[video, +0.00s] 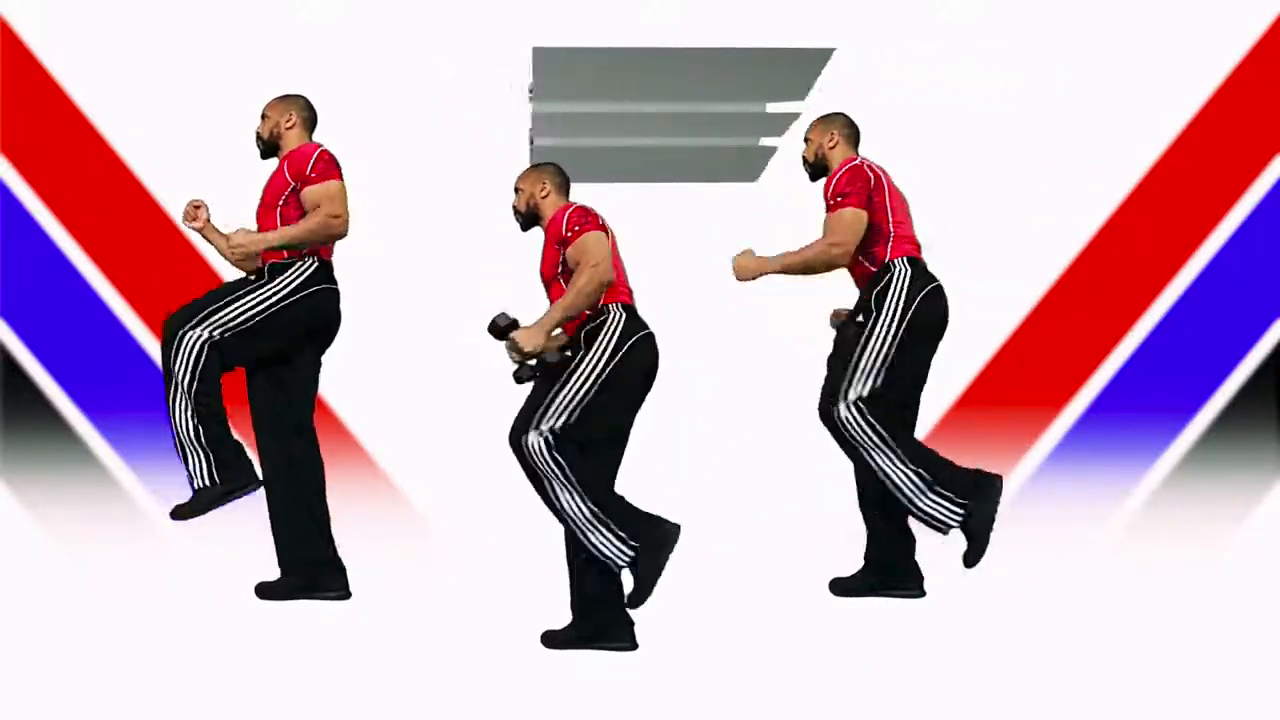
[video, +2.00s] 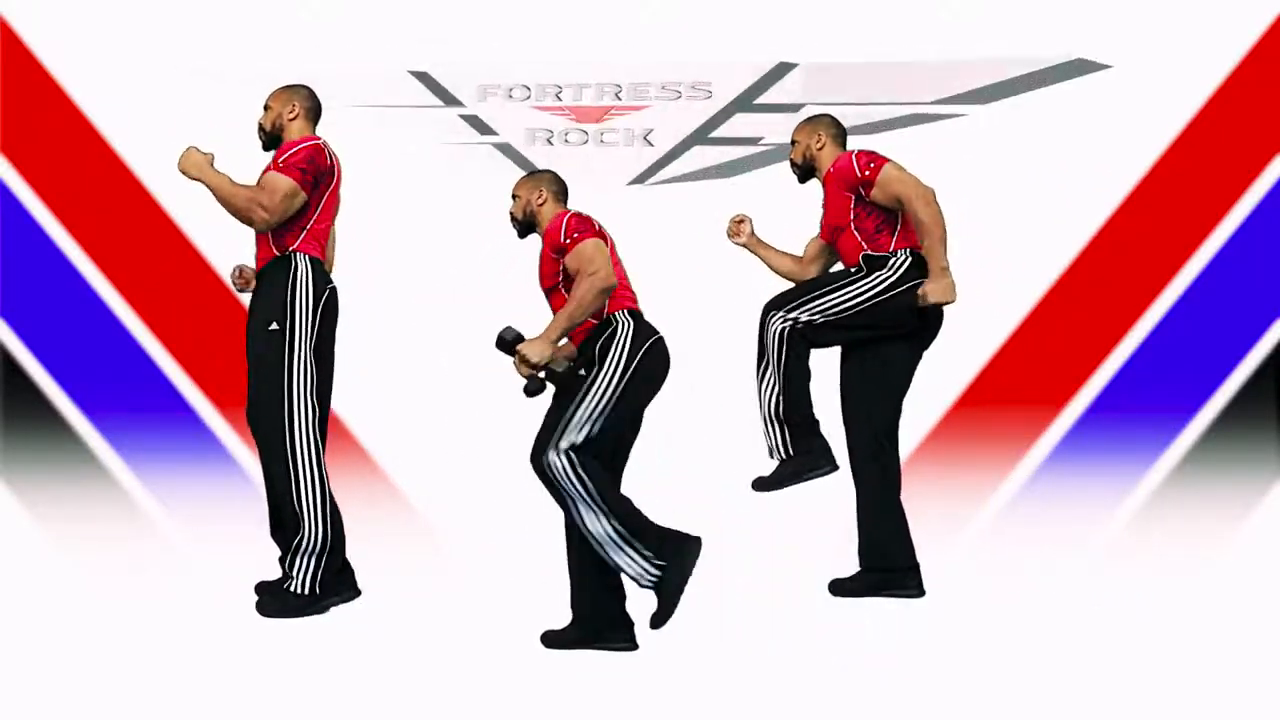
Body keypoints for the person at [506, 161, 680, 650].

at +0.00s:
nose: (513, 201)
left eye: (518, 190)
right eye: (514, 194)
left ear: (543, 187)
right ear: (548, 190)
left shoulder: (574, 216)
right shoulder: (557, 245)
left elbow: (598, 271)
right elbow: (576, 328)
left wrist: (544, 327)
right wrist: (541, 348)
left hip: (613, 333)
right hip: (606, 345)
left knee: (536, 436)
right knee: (586, 484)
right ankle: (600, 619)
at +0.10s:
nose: (503, 210)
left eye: (508, 200)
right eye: (503, 203)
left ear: (532, 197)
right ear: (536, 199)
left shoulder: (563, 225)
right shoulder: (547, 250)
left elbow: (572, 284)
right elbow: (593, 327)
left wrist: (503, 322)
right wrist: (569, 366)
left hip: (620, 341)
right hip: (597, 358)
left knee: (597, 471)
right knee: (575, 483)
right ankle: (600, 619)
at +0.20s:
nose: (493, 221)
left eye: (497, 210)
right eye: (493, 213)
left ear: (521, 205)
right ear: (527, 210)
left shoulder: (548, 232)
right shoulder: (551, 248)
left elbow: (546, 299)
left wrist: (474, 316)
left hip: (623, 345)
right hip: (601, 364)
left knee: (650, 481)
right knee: (579, 489)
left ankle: (792, 558)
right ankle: (600, 621)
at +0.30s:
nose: (488, 228)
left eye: (494, 218)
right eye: (487, 221)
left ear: (519, 215)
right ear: (519, 223)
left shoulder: (543, 243)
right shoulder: (539, 257)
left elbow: (525, 312)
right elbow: (522, 316)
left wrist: (456, 311)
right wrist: (463, 309)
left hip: (632, 350)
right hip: (607, 370)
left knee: (686, 477)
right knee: (581, 489)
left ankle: (827, 577)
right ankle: (601, 621)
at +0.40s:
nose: (484, 239)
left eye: (491, 228)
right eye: (484, 231)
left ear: (516, 225)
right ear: (523, 232)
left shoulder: (538, 252)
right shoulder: (562, 258)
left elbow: (514, 323)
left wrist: (451, 309)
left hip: (639, 357)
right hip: (616, 373)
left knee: (703, 479)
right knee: (582, 487)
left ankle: (841, 588)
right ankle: (602, 622)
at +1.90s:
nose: (498, 223)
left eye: (502, 212)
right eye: (498, 215)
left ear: (527, 210)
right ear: (531, 212)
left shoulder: (557, 238)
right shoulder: (542, 260)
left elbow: (569, 299)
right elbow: (602, 328)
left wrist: (505, 345)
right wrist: (584, 376)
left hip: (630, 353)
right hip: (604, 371)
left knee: (634, 487)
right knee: (577, 489)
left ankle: (778, 569)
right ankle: (601, 621)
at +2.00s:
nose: (511, 208)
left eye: (516, 198)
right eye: (511, 200)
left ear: (540, 196)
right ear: (542, 197)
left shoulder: (567, 222)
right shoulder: (559, 246)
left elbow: (599, 277)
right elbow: (583, 340)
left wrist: (549, 339)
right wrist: (549, 358)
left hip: (624, 341)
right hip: (607, 353)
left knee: (556, 455)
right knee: (588, 481)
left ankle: (663, 557)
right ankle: (600, 620)